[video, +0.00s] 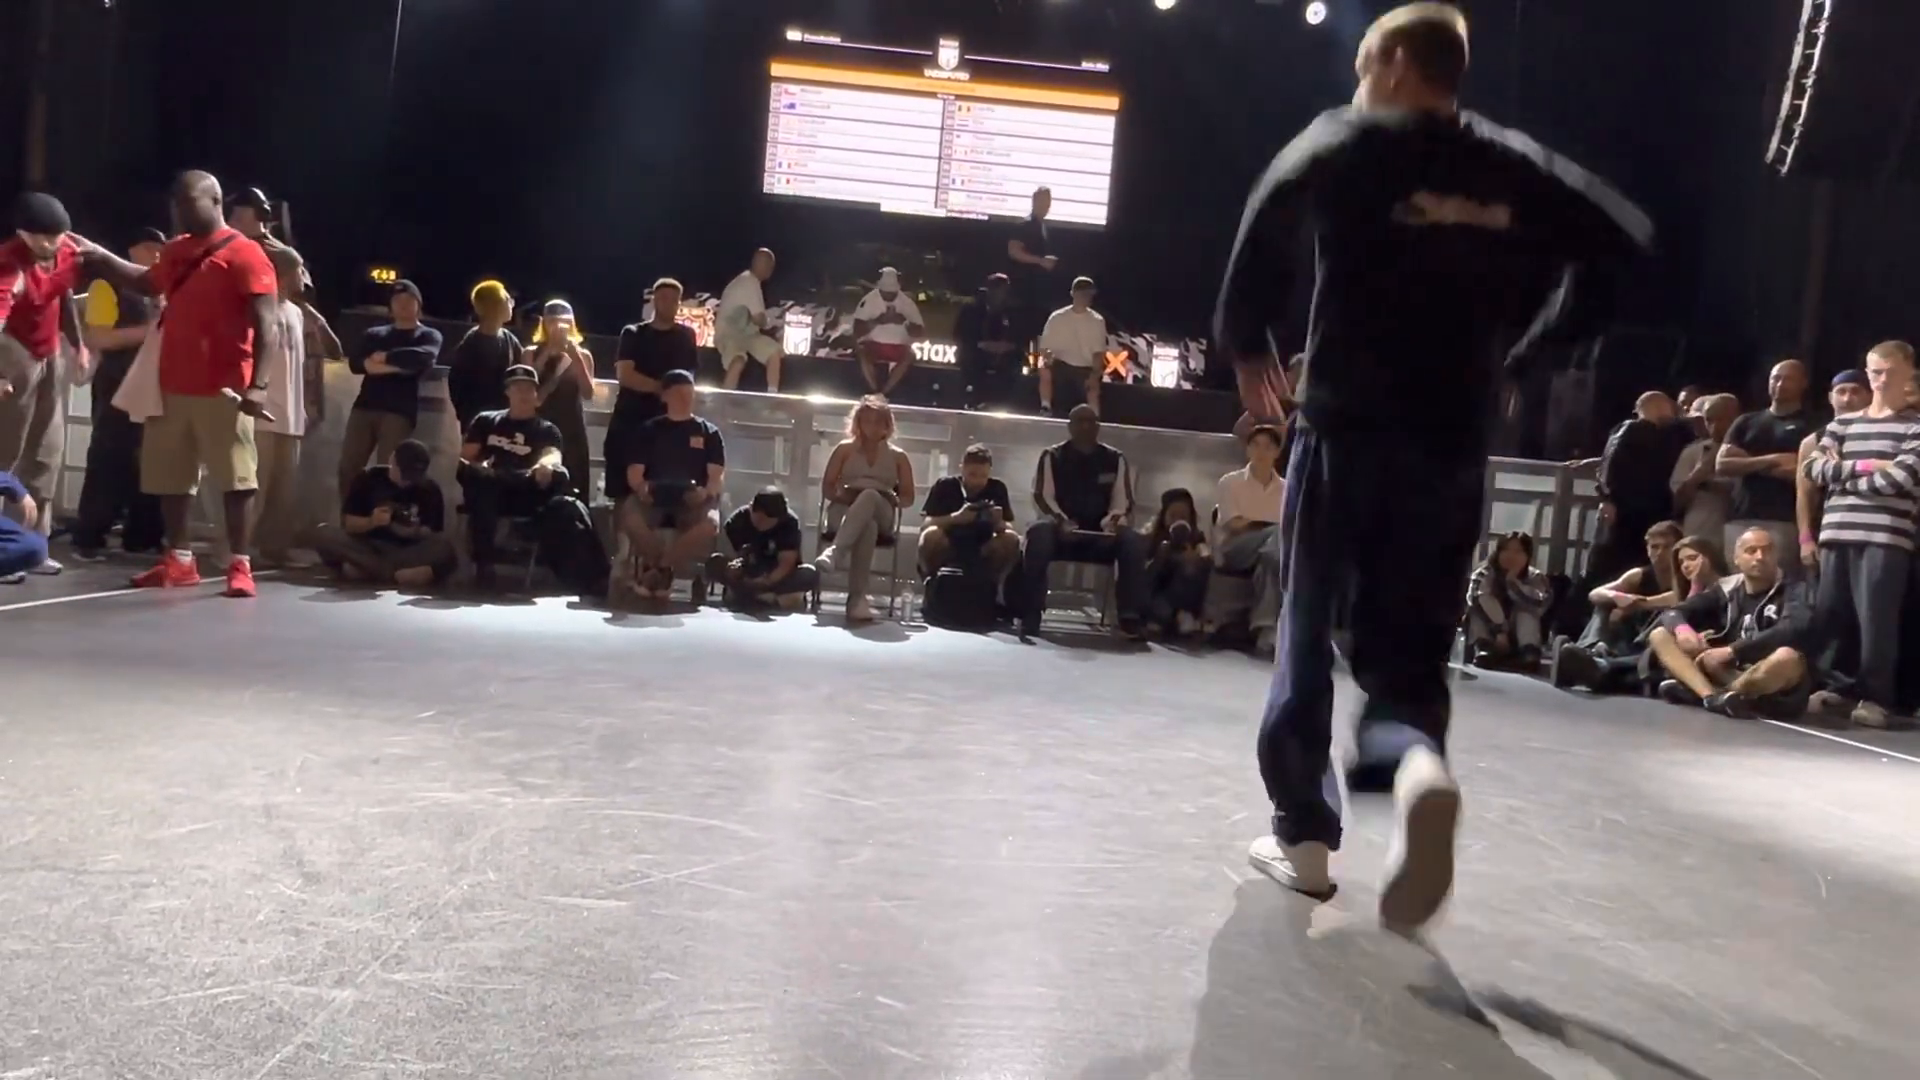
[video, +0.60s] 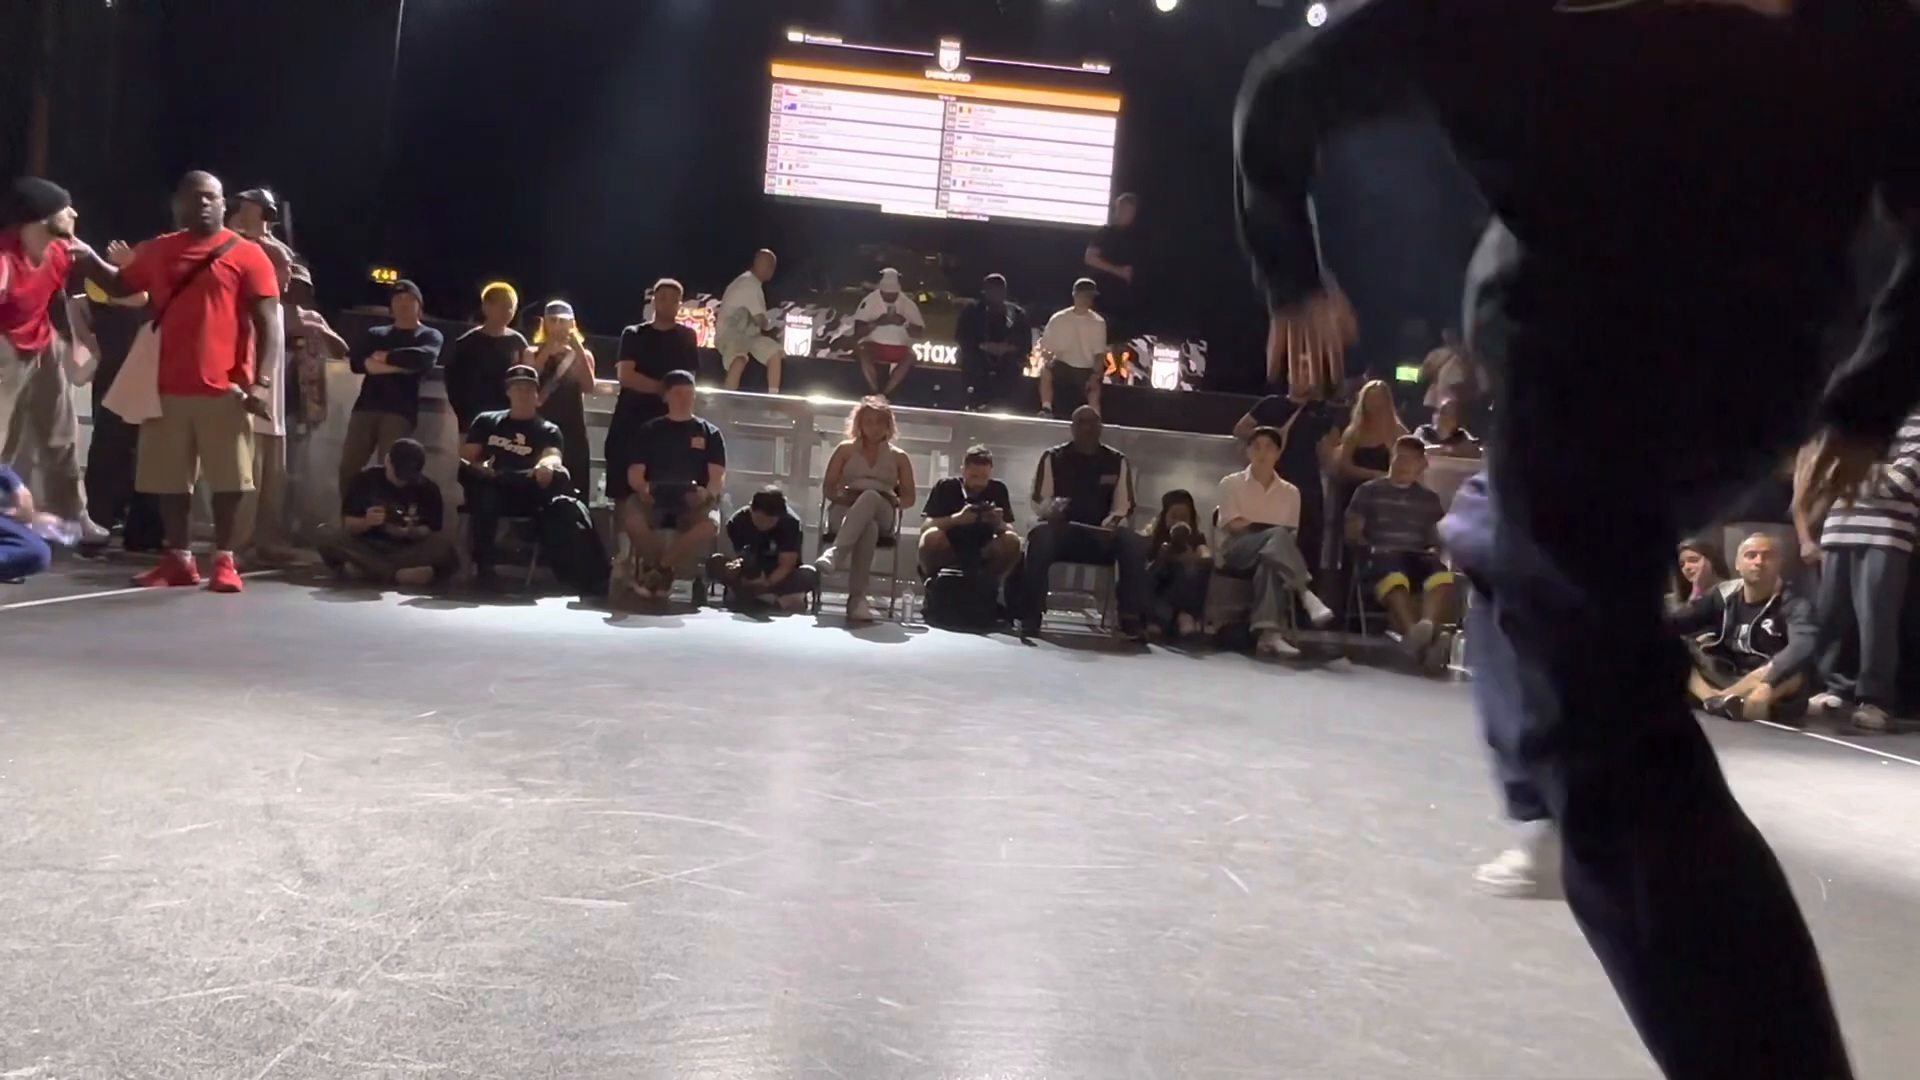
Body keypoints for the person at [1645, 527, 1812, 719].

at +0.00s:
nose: (1759, 557)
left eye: (1766, 550)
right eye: (1751, 551)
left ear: (1775, 556)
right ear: (1737, 559)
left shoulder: (1793, 589)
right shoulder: (1726, 589)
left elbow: (1792, 629)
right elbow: (1672, 614)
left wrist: (1732, 650)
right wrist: (1682, 630)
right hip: (1726, 672)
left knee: (1787, 658)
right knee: (1659, 636)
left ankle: (1723, 696)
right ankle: (1710, 696)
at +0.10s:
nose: (1760, 558)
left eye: (1767, 551)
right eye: (1752, 552)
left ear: (1776, 557)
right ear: (1738, 560)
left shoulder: (1795, 592)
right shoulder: (1728, 590)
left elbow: (1794, 629)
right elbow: (1680, 610)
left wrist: (1742, 649)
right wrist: (1667, 624)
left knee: (1788, 659)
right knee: (1661, 637)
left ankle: (1712, 697)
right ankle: (1711, 694)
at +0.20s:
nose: (1762, 558)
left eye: (1769, 552)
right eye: (1754, 552)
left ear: (1778, 557)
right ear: (1739, 560)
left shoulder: (1795, 590)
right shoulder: (1727, 591)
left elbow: (1794, 626)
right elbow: (1686, 608)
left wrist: (1754, 651)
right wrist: (1650, 624)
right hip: (1727, 666)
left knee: (1784, 660)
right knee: (1664, 635)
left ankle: (1719, 697)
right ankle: (1710, 695)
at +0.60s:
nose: (1759, 562)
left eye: (1767, 556)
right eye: (1751, 555)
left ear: (1778, 564)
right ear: (1738, 564)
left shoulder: (1792, 602)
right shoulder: (1724, 593)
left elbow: (1802, 644)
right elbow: (1686, 619)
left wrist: (1764, 677)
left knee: (1795, 674)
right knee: (1674, 650)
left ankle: (1727, 697)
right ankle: (1712, 698)